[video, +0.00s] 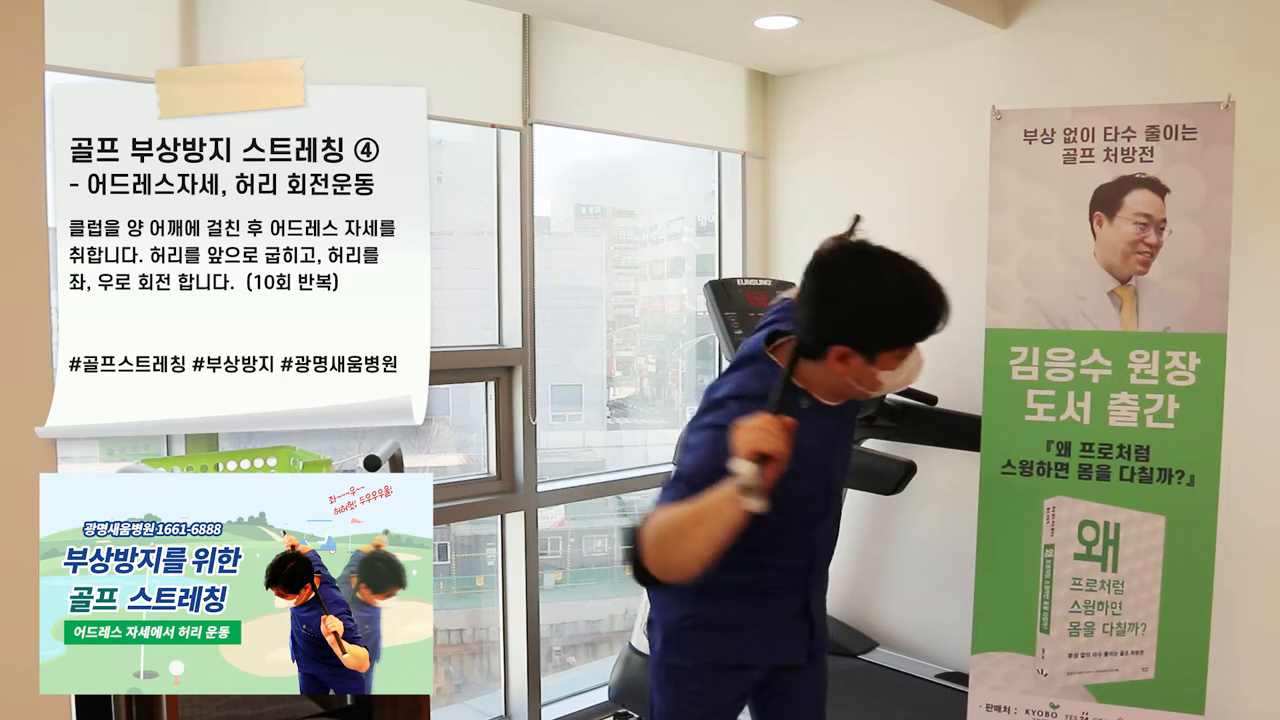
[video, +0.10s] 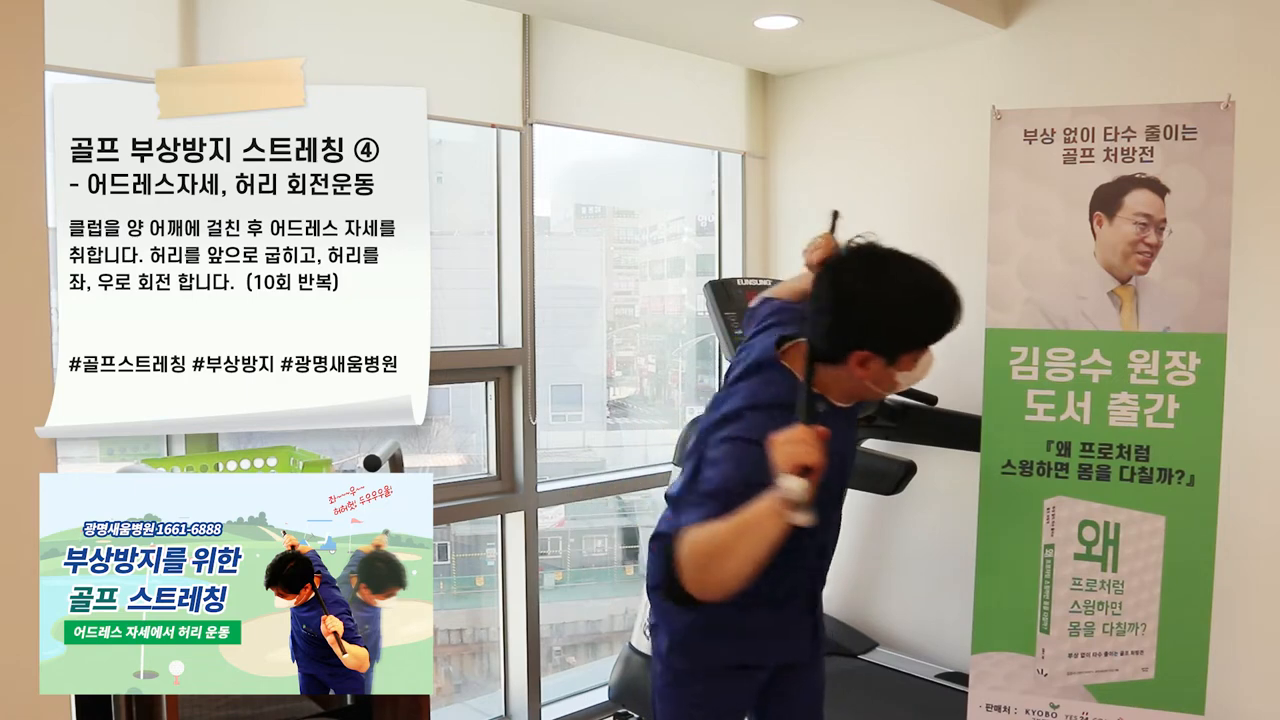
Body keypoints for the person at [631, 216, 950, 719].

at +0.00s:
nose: (898, 374)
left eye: (903, 361)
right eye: (892, 364)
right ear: (844, 360)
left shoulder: (813, 331)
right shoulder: (740, 408)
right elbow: (659, 561)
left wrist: (883, 372)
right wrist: (744, 488)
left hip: (796, 629)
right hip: (704, 644)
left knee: (799, 712)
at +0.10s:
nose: (920, 365)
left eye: (921, 355)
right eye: (914, 360)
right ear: (865, 367)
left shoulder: (796, 334)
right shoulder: (752, 427)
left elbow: (768, 302)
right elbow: (697, 578)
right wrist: (785, 500)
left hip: (793, 627)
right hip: (710, 647)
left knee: (797, 711)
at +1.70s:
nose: (677, 422)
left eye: (706, 416)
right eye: (666, 402)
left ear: (753, 398)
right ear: (657, 368)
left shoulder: (808, 441)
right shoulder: (639, 356)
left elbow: (922, 537)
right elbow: (587, 346)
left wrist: (898, 487)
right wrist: (581, 325)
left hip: (773, 619)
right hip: (660, 606)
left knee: (793, 710)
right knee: (657, 709)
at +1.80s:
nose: (657, 427)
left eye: (682, 418)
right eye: (645, 410)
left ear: (734, 398)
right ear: (638, 372)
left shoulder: (785, 446)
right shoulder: (637, 356)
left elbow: (905, 556)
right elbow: (597, 334)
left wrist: (869, 499)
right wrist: (587, 314)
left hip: (767, 623)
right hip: (656, 607)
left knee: (790, 707)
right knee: (656, 707)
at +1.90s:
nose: (624, 424)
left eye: (641, 416)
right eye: (616, 411)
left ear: (703, 396)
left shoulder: (769, 449)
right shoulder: (653, 365)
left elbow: (875, 583)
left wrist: (823, 518)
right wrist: (606, 310)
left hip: (763, 623)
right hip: (654, 609)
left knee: (785, 711)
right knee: (653, 712)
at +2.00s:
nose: (606, 428)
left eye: (622, 420)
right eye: (598, 415)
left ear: (686, 395)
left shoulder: (756, 454)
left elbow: (853, 597)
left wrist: (795, 529)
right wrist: (612, 294)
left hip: (756, 628)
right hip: (651, 614)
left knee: (780, 711)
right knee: (649, 713)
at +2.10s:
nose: (584, 430)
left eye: (600, 418)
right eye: (578, 414)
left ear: (663, 396)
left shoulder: (736, 454)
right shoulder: (666, 361)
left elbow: (827, 607)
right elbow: (655, 308)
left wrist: (761, 535)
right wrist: (617, 284)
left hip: (748, 635)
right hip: (646, 623)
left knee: (774, 710)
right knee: (642, 711)